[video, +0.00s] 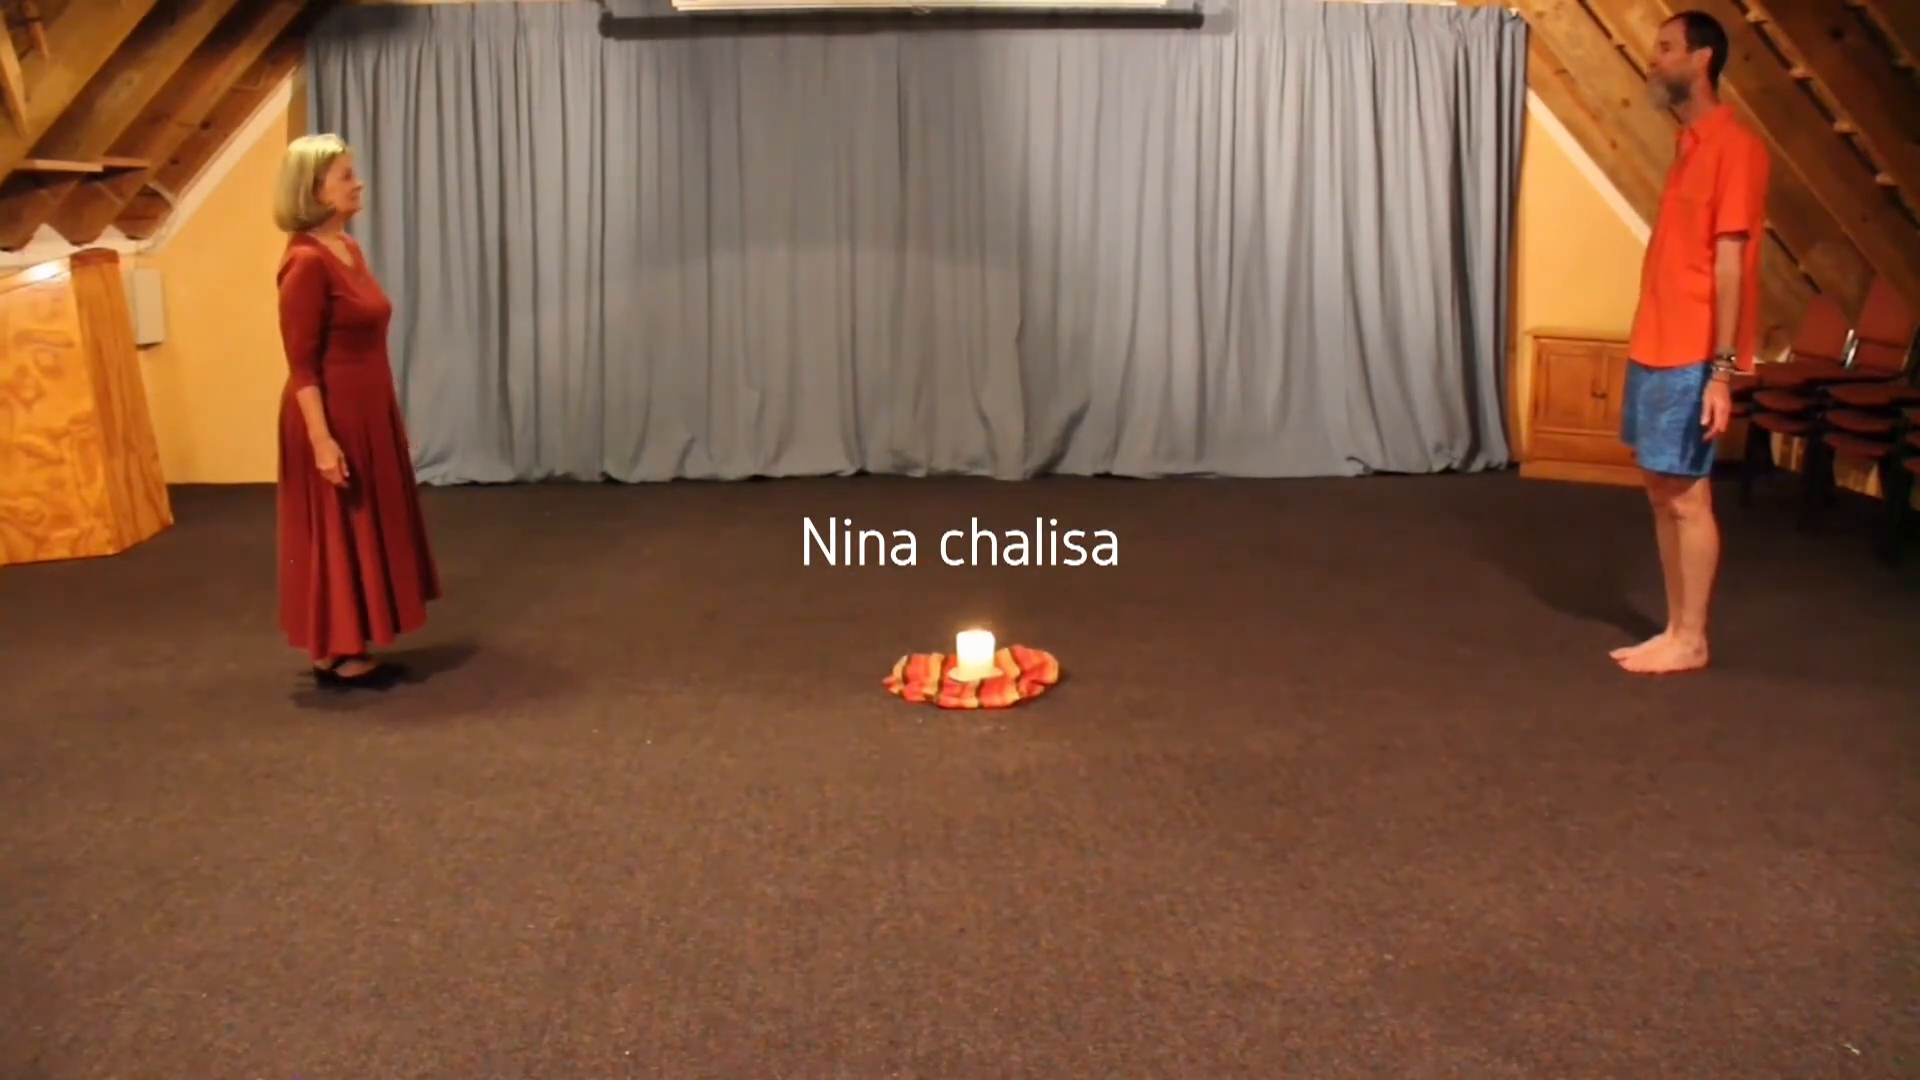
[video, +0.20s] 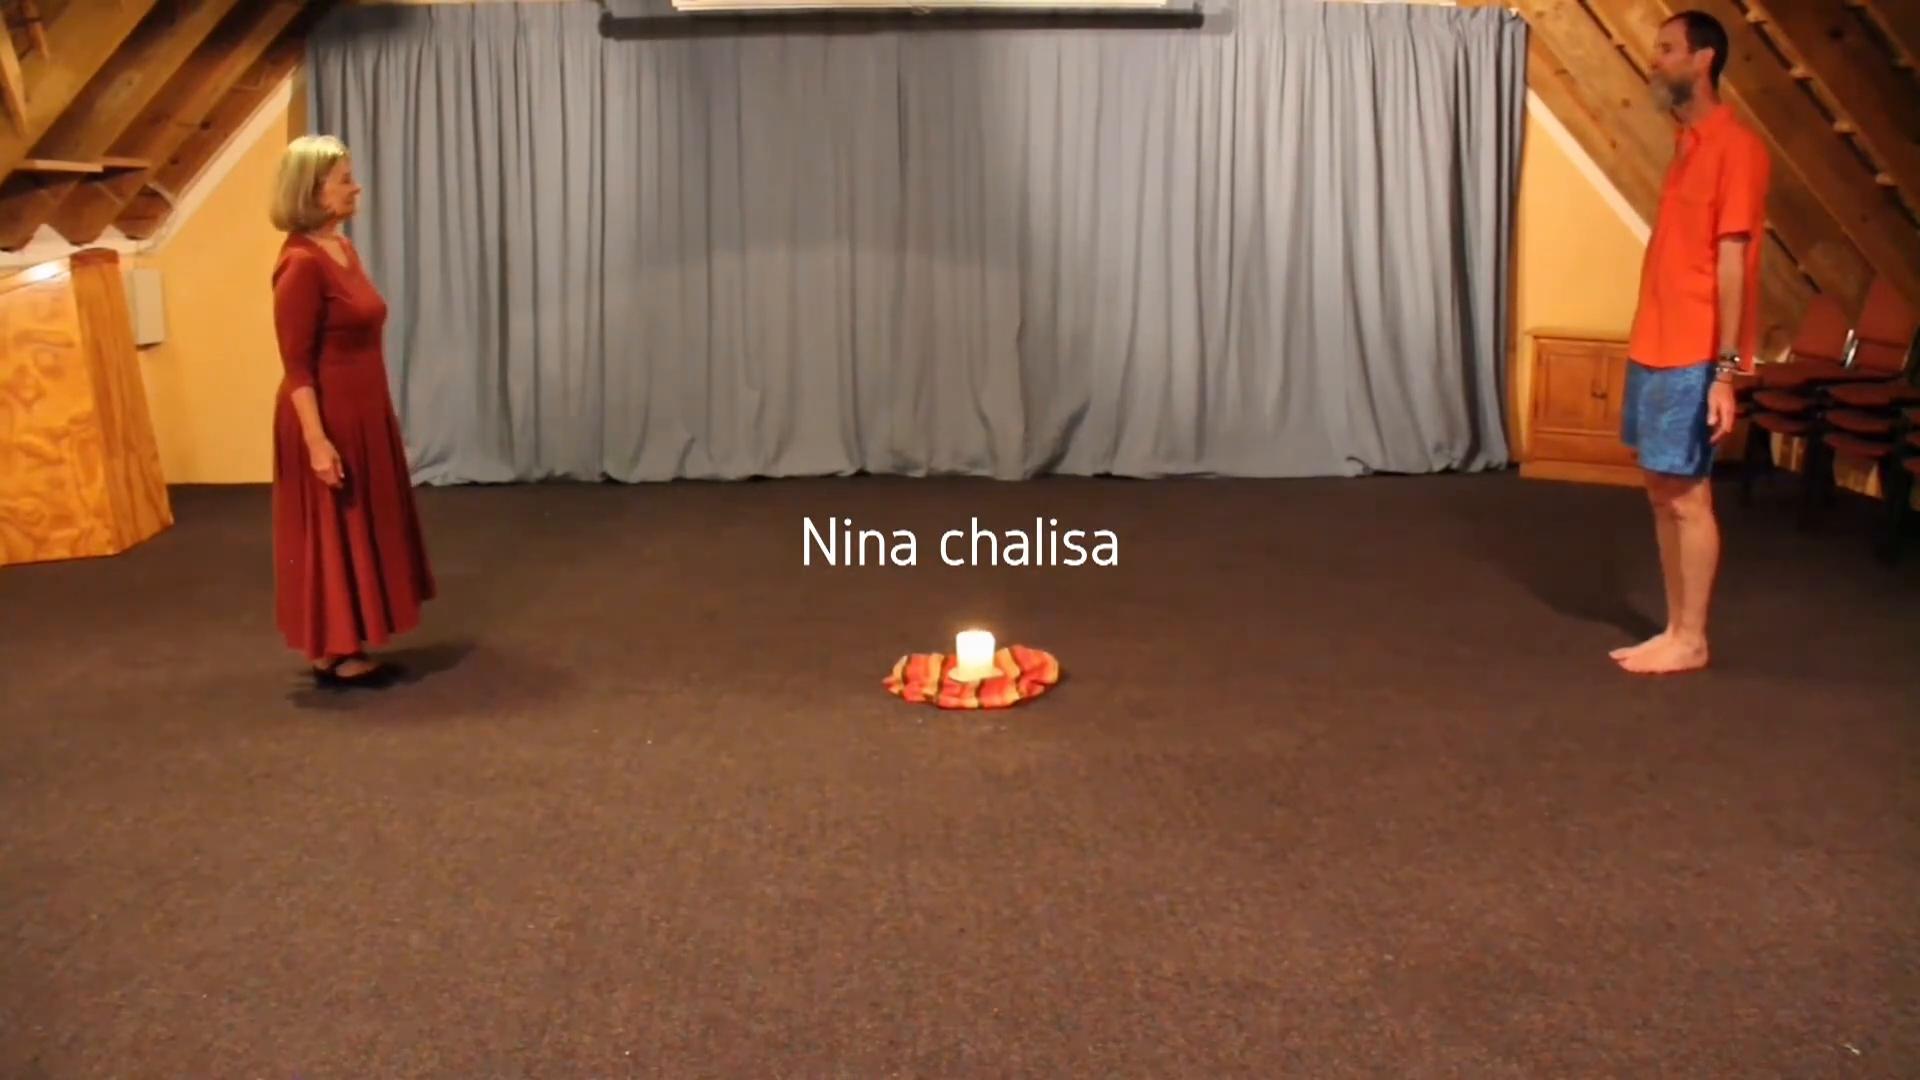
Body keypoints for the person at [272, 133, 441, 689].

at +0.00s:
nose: (357, 185)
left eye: (355, 175)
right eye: (345, 177)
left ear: (346, 184)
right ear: (314, 190)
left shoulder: (348, 248)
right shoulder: (305, 261)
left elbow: (364, 347)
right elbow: (300, 363)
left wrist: (385, 415)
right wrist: (320, 438)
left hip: (366, 407)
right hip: (331, 413)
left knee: (358, 524)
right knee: (334, 528)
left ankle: (350, 646)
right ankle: (337, 651)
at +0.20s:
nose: (355, 189)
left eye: (353, 179)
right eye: (344, 181)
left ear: (338, 187)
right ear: (313, 192)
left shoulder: (342, 247)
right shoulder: (300, 263)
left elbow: (358, 347)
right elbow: (296, 365)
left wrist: (380, 416)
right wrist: (315, 439)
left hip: (362, 408)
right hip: (327, 414)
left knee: (354, 524)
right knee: (330, 527)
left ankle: (347, 644)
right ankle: (334, 649)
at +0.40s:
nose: (353, 191)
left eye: (350, 181)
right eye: (342, 184)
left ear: (336, 189)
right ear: (310, 194)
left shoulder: (339, 248)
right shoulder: (296, 264)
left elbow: (351, 346)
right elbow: (289, 364)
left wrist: (372, 413)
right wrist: (308, 440)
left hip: (357, 407)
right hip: (322, 414)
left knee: (351, 523)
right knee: (327, 527)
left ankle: (344, 642)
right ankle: (330, 647)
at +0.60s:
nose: (350, 191)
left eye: (348, 181)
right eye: (339, 184)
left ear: (334, 188)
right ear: (308, 195)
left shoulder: (336, 248)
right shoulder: (292, 265)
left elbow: (344, 345)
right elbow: (284, 365)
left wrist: (364, 409)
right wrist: (301, 442)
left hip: (354, 407)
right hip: (319, 414)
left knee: (348, 522)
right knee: (324, 526)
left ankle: (340, 641)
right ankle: (328, 647)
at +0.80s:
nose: (350, 191)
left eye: (347, 181)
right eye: (338, 185)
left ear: (328, 193)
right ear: (307, 198)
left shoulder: (335, 248)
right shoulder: (290, 267)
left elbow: (345, 341)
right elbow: (281, 365)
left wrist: (364, 407)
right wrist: (296, 441)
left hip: (353, 404)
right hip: (318, 411)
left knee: (350, 520)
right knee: (323, 524)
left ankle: (342, 642)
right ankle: (328, 647)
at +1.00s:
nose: (349, 191)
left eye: (346, 181)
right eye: (338, 185)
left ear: (331, 192)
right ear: (307, 198)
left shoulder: (339, 248)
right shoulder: (289, 267)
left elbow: (347, 340)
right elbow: (280, 366)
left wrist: (365, 409)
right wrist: (293, 442)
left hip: (354, 405)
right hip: (317, 411)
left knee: (349, 519)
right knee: (322, 523)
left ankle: (342, 642)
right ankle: (327, 647)